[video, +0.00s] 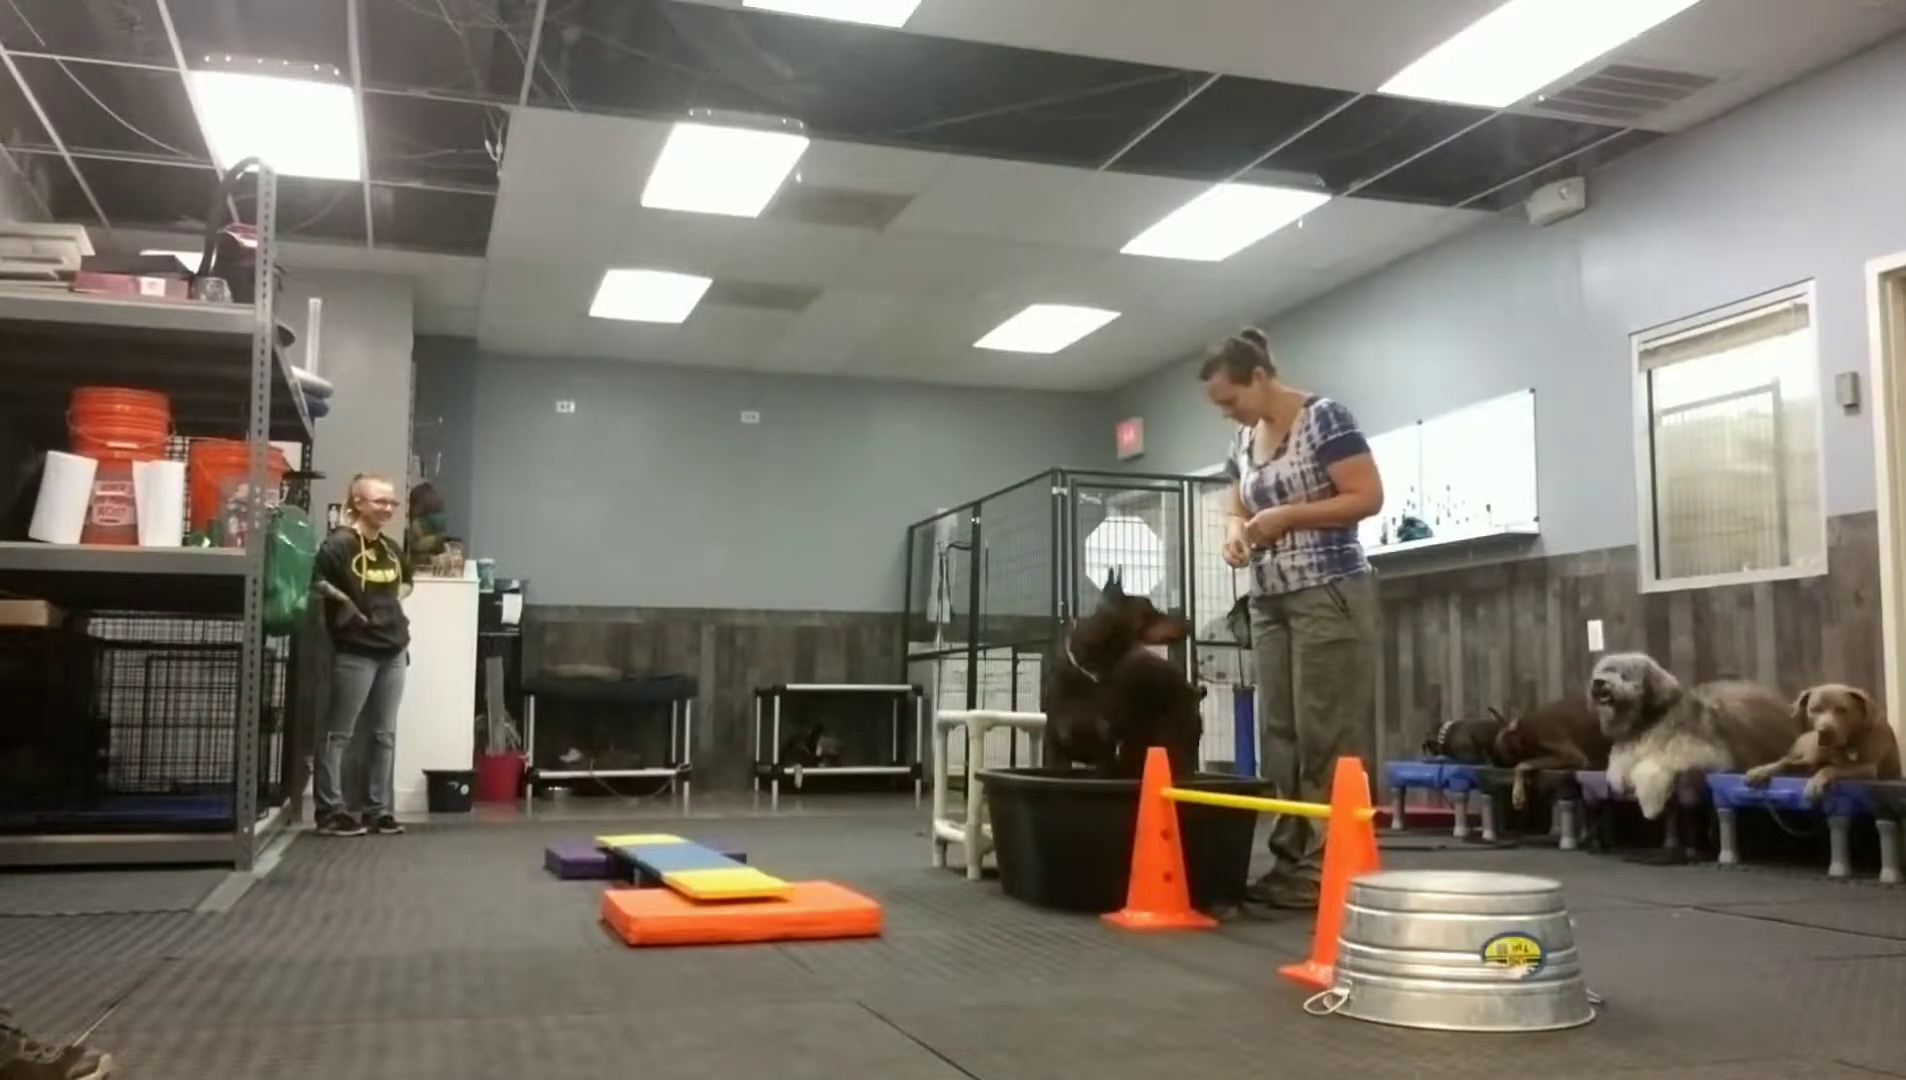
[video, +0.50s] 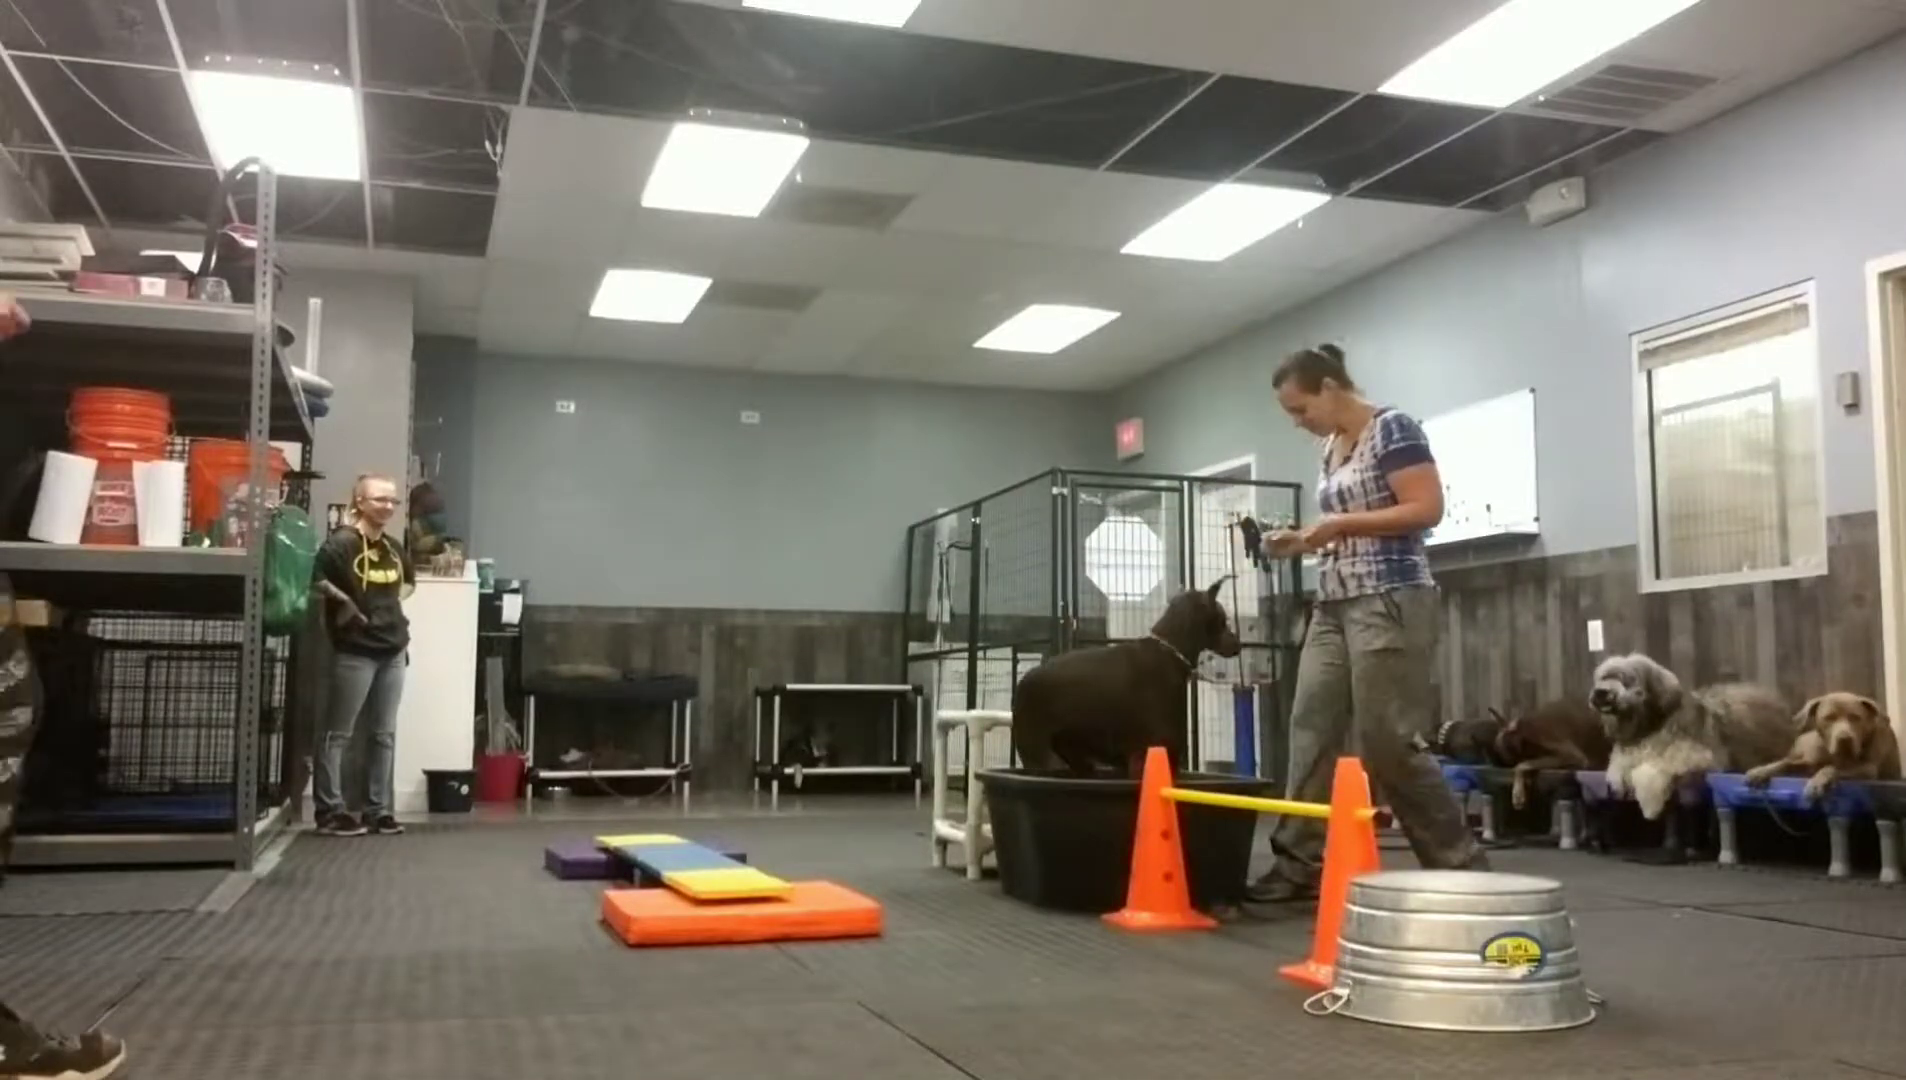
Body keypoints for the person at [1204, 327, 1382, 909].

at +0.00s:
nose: (1228, 413)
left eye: (1230, 400)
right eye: (1221, 405)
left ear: (1260, 378)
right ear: (1240, 391)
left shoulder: (1323, 417)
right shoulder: (1247, 445)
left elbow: (1367, 498)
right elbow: (1240, 512)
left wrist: (1286, 517)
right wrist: (1237, 531)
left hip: (1329, 595)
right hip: (1272, 601)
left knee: (1327, 731)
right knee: (1281, 731)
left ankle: (1331, 867)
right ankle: (1292, 861)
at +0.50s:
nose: (1300, 423)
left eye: (1300, 409)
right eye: (1293, 414)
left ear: (1330, 388)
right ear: (1321, 398)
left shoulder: (1392, 427)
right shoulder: (1332, 456)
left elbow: (1427, 509)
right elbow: (1349, 531)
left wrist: (1341, 523)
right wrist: (1300, 542)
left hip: (1388, 602)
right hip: (1336, 607)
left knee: (1387, 740)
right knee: (1311, 729)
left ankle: (1462, 867)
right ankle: (1298, 867)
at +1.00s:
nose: (1517, 416)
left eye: (1518, 403)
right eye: (1512, 407)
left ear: (1549, 385)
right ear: (1546, 391)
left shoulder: (1613, 426)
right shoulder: (1554, 454)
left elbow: (1656, 501)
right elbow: (1583, 523)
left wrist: (1570, 524)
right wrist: (1542, 528)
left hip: (1622, 598)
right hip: (1575, 607)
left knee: (1580, 714)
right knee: (1600, 727)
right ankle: (1643, 859)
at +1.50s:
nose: (1631, 389)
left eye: (1636, 376)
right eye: (1627, 379)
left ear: (1672, 363)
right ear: (1665, 368)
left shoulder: (1732, 415)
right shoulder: (1667, 435)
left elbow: (1763, 499)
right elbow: (1682, 523)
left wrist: (1672, 514)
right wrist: (1646, 573)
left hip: (1720, 597)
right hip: (1669, 603)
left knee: (1721, 738)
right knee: (1672, 743)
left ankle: (1746, 875)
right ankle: (1692, 867)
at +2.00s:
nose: (1626, 409)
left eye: (1625, 395)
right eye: (1620, 399)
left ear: (1654, 375)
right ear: (1653, 380)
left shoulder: (1723, 411)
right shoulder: (1669, 437)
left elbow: (1758, 494)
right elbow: (1689, 518)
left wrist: (1671, 514)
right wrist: (1657, 536)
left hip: (1724, 597)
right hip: (1675, 602)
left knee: (1728, 740)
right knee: (1686, 743)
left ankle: (1746, 877)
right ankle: (1694, 866)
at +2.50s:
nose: (1626, 410)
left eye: (1623, 396)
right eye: (1619, 401)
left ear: (1650, 374)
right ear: (1650, 380)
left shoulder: (1721, 412)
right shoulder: (1677, 435)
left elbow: (1751, 500)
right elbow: (1702, 512)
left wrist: (1670, 517)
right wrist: (1664, 528)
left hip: (1736, 599)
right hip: (1689, 603)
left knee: (1742, 740)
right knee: (1694, 740)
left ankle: (1746, 879)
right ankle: (1694, 865)